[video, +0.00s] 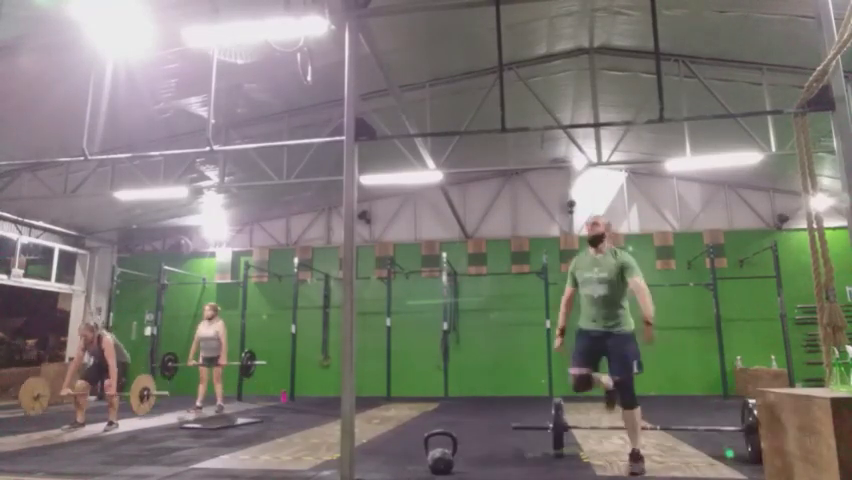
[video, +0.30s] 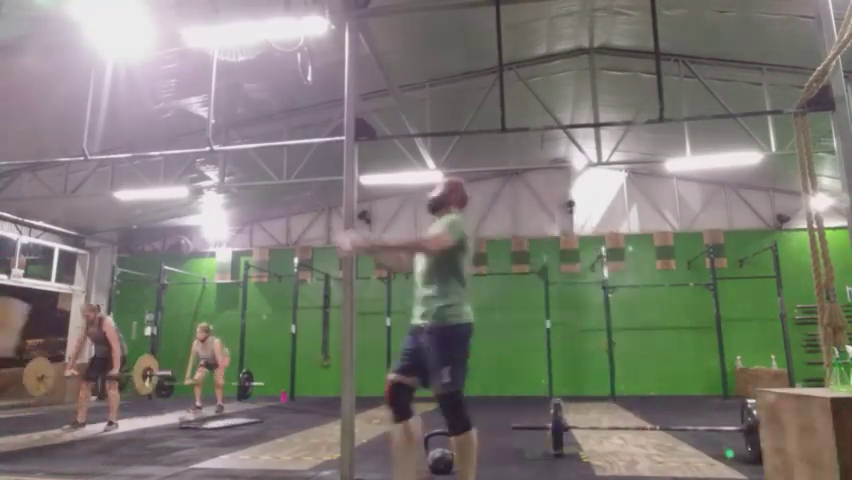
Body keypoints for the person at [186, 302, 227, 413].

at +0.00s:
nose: (206, 313)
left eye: (208, 310)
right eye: (205, 310)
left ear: (214, 312)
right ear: (204, 312)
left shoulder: (219, 324)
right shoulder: (201, 324)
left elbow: (223, 341)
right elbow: (195, 341)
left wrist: (223, 357)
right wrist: (191, 357)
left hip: (216, 353)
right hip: (203, 354)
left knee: (217, 379)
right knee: (202, 379)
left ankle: (219, 402)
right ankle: (198, 403)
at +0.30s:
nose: (199, 335)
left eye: (202, 332)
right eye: (198, 332)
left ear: (207, 333)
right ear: (197, 333)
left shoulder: (215, 342)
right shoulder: (196, 343)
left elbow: (219, 357)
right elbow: (192, 359)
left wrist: (221, 374)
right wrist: (188, 376)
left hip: (217, 362)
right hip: (205, 362)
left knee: (219, 382)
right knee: (197, 380)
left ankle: (219, 403)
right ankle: (198, 404)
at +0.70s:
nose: (207, 314)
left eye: (209, 312)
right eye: (206, 311)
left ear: (213, 313)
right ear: (203, 312)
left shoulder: (215, 328)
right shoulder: (201, 328)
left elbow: (217, 345)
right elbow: (195, 344)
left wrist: (218, 357)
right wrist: (192, 357)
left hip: (213, 358)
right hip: (203, 359)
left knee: (211, 381)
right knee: (202, 380)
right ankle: (199, 401)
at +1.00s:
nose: (198, 335)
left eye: (201, 333)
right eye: (197, 333)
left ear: (207, 334)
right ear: (195, 333)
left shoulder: (215, 342)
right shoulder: (196, 343)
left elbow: (220, 362)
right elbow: (191, 361)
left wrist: (219, 378)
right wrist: (186, 378)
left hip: (220, 360)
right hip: (205, 361)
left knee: (218, 381)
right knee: (196, 378)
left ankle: (219, 404)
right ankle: (198, 404)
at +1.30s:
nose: (201, 318)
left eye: (204, 316)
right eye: (200, 316)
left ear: (210, 317)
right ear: (199, 317)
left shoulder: (216, 328)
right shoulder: (198, 329)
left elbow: (222, 345)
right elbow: (194, 346)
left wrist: (223, 362)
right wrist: (190, 362)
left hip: (217, 355)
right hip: (204, 355)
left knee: (218, 378)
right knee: (201, 376)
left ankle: (219, 402)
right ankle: (198, 403)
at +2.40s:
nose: (198, 332)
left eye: (201, 329)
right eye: (197, 329)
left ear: (207, 330)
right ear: (196, 330)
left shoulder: (215, 338)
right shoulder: (196, 340)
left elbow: (219, 356)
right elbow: (191, 357)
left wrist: (220, 375)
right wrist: (187, 373)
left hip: (218, 359)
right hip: (205, 360)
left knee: (219, 381)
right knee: (197, 379)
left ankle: (219, 403)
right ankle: (198, 404)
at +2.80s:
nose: (212, 315)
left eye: (214, 313)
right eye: (210, 313)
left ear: (219, 313)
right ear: (208, 314)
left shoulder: (225, 325)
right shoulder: (205, 325)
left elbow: (229, 342)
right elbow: (198, 341)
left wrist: (227, 357)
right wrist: (195, 358)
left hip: (220, 356)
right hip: (207, 355)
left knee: (218, 380)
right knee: (203, 378)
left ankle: (216, 400)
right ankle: (199, 398)